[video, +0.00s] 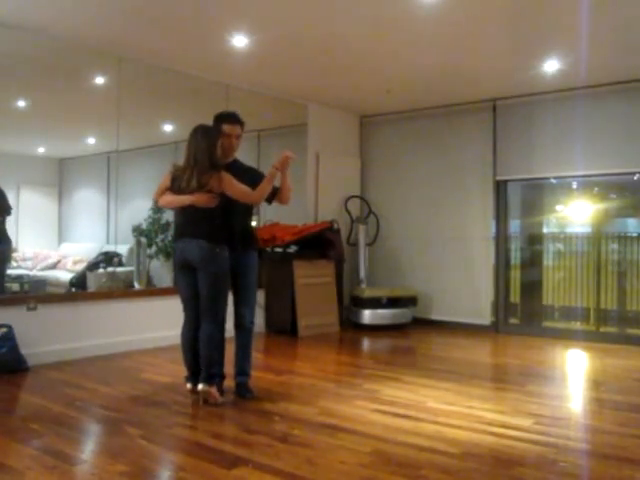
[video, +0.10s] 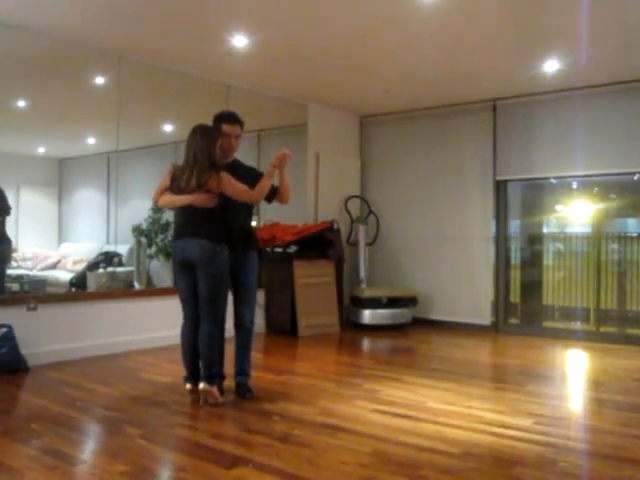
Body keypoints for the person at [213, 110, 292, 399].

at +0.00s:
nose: (231, 142)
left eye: (236, 137)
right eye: (226, 136)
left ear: (241, 139)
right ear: (214, 136)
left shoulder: (248, 173)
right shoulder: (203, 171)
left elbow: (283, 197)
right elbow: (163, 199)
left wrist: (284, 170)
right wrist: (193, 199)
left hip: (244, 248)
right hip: (214, 249)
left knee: (245, 318)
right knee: (213, 316)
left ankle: (242, 379)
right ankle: (214, 379)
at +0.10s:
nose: (229, 143)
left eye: (235, 137)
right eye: (224, 136)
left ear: (241, 139)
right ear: (213, 136)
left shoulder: (248, 173)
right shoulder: (202, 170)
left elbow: (283, 197)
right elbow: (162, 199)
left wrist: (282, 169)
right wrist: (191, 198)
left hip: (244, 248)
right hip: (213, 249)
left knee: (245, 318)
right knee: (213, 316)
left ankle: (242, 379)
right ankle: (214, 379)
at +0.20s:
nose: (230, 143)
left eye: (236, 138)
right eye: (225, 137)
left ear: (241, 139)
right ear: (213, 137)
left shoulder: (247, 173)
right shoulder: (202, 170)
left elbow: (282, 198)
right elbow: (162, 199)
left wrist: (281, 168)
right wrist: (191, 198)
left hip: (244, 247)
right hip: (213, 248)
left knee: (245, 318)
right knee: (212, 315)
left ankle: (242, 379)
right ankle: (213, 378)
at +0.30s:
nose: (230, 143)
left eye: (235, 137)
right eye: (225, 136)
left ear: (240, 139)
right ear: (213, 137)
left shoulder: (247, 173)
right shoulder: (203, 171)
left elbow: (282, 198)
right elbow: (163, 199)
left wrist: (282, 171)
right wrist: (190, 199)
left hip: (243, 248)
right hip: (213, 249)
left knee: (245, 318)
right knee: (212, 316)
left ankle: (242, 379)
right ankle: (213, 379)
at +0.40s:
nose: (231, 143)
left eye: (235, 137)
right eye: (225, 136)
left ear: (240, 139)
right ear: (214, 137)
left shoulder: (248, 174)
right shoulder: (203, 171)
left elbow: (282, 199)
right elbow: (163, 199)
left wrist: (283, 173)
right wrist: (190, 199)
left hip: (243, 249)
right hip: (212, 250)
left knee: (244, 318)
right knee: (213, 316)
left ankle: (242, 379)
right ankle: (214, 379)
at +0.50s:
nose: (230, 143)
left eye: (235, 138)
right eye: (225, 136)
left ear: (240, 140)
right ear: (213, 137)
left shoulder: (247, 174)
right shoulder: (202, 171)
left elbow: (281, 199)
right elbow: (163, 199)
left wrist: (283, 174)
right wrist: (189, 199)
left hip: (243, 249)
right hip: (212, 250)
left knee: (244, 319)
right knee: (213, 317)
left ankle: (242, 379)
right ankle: (214, 379)